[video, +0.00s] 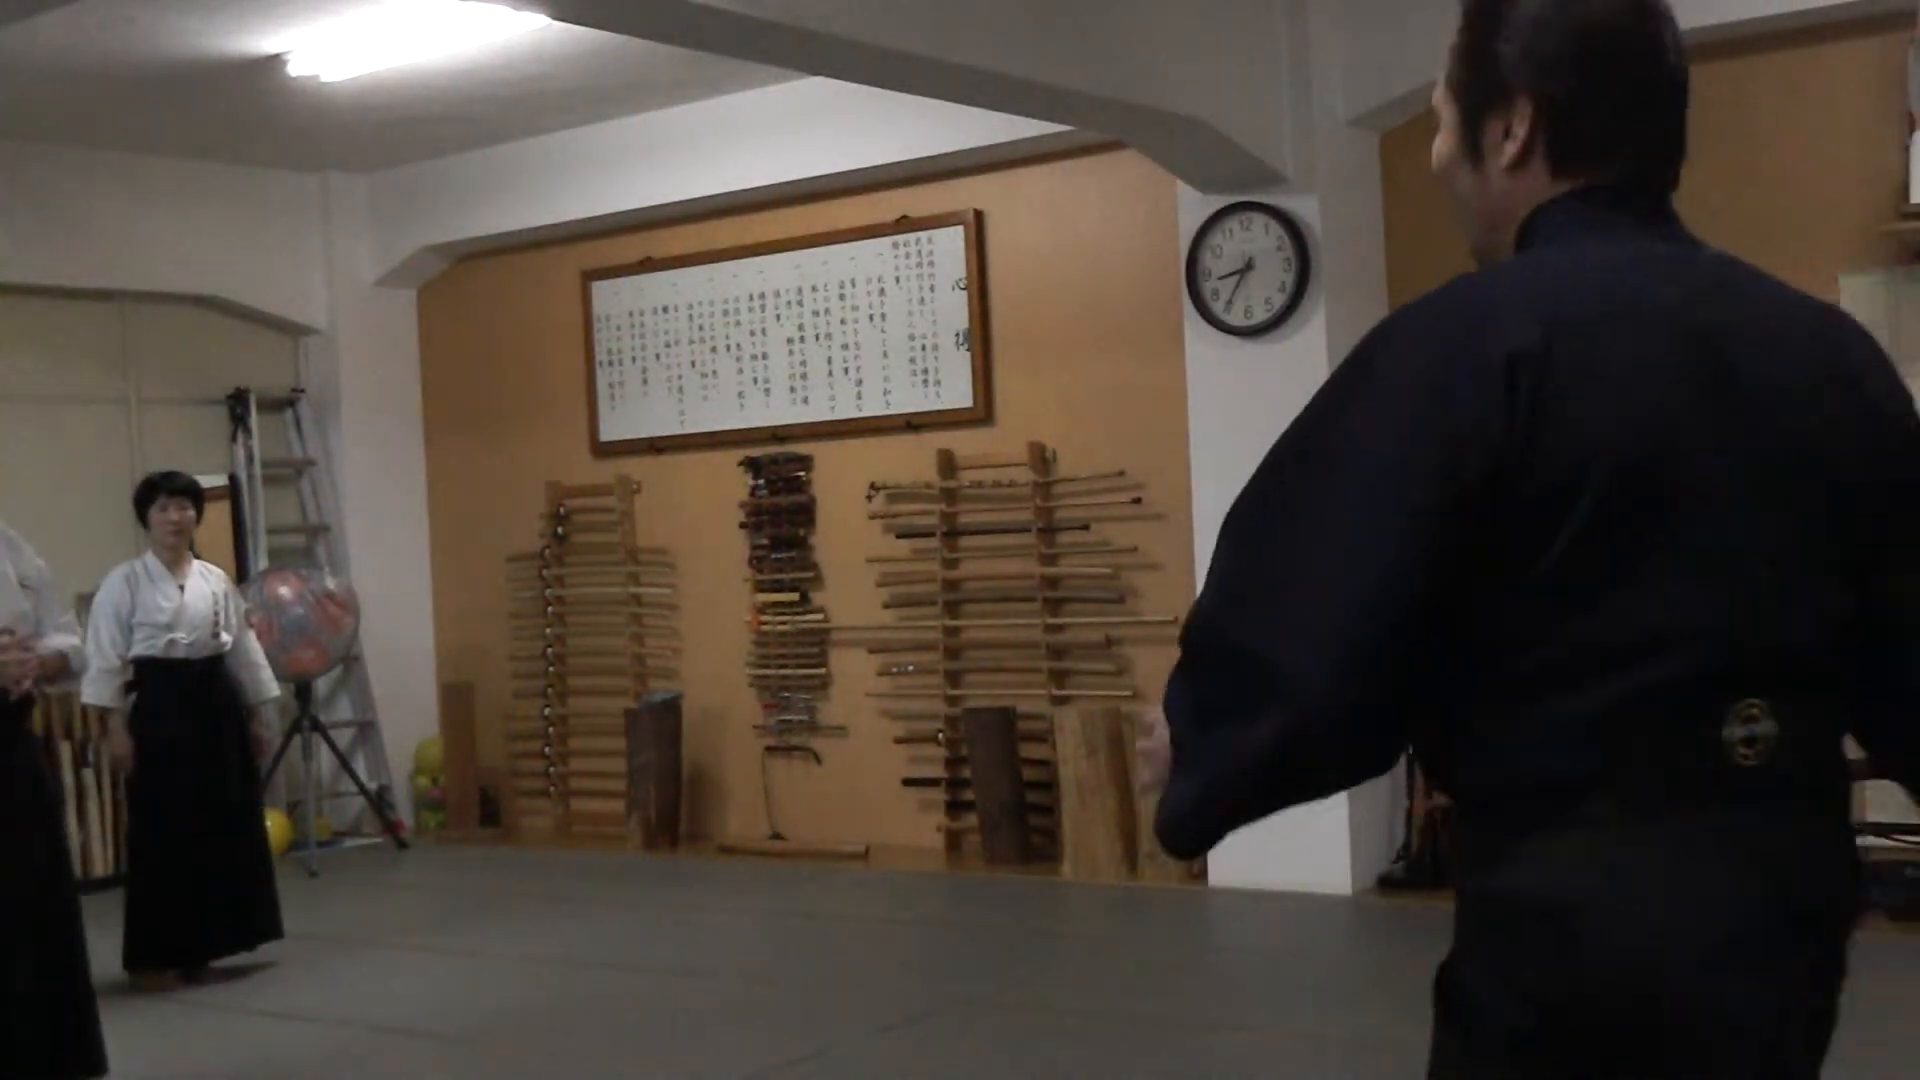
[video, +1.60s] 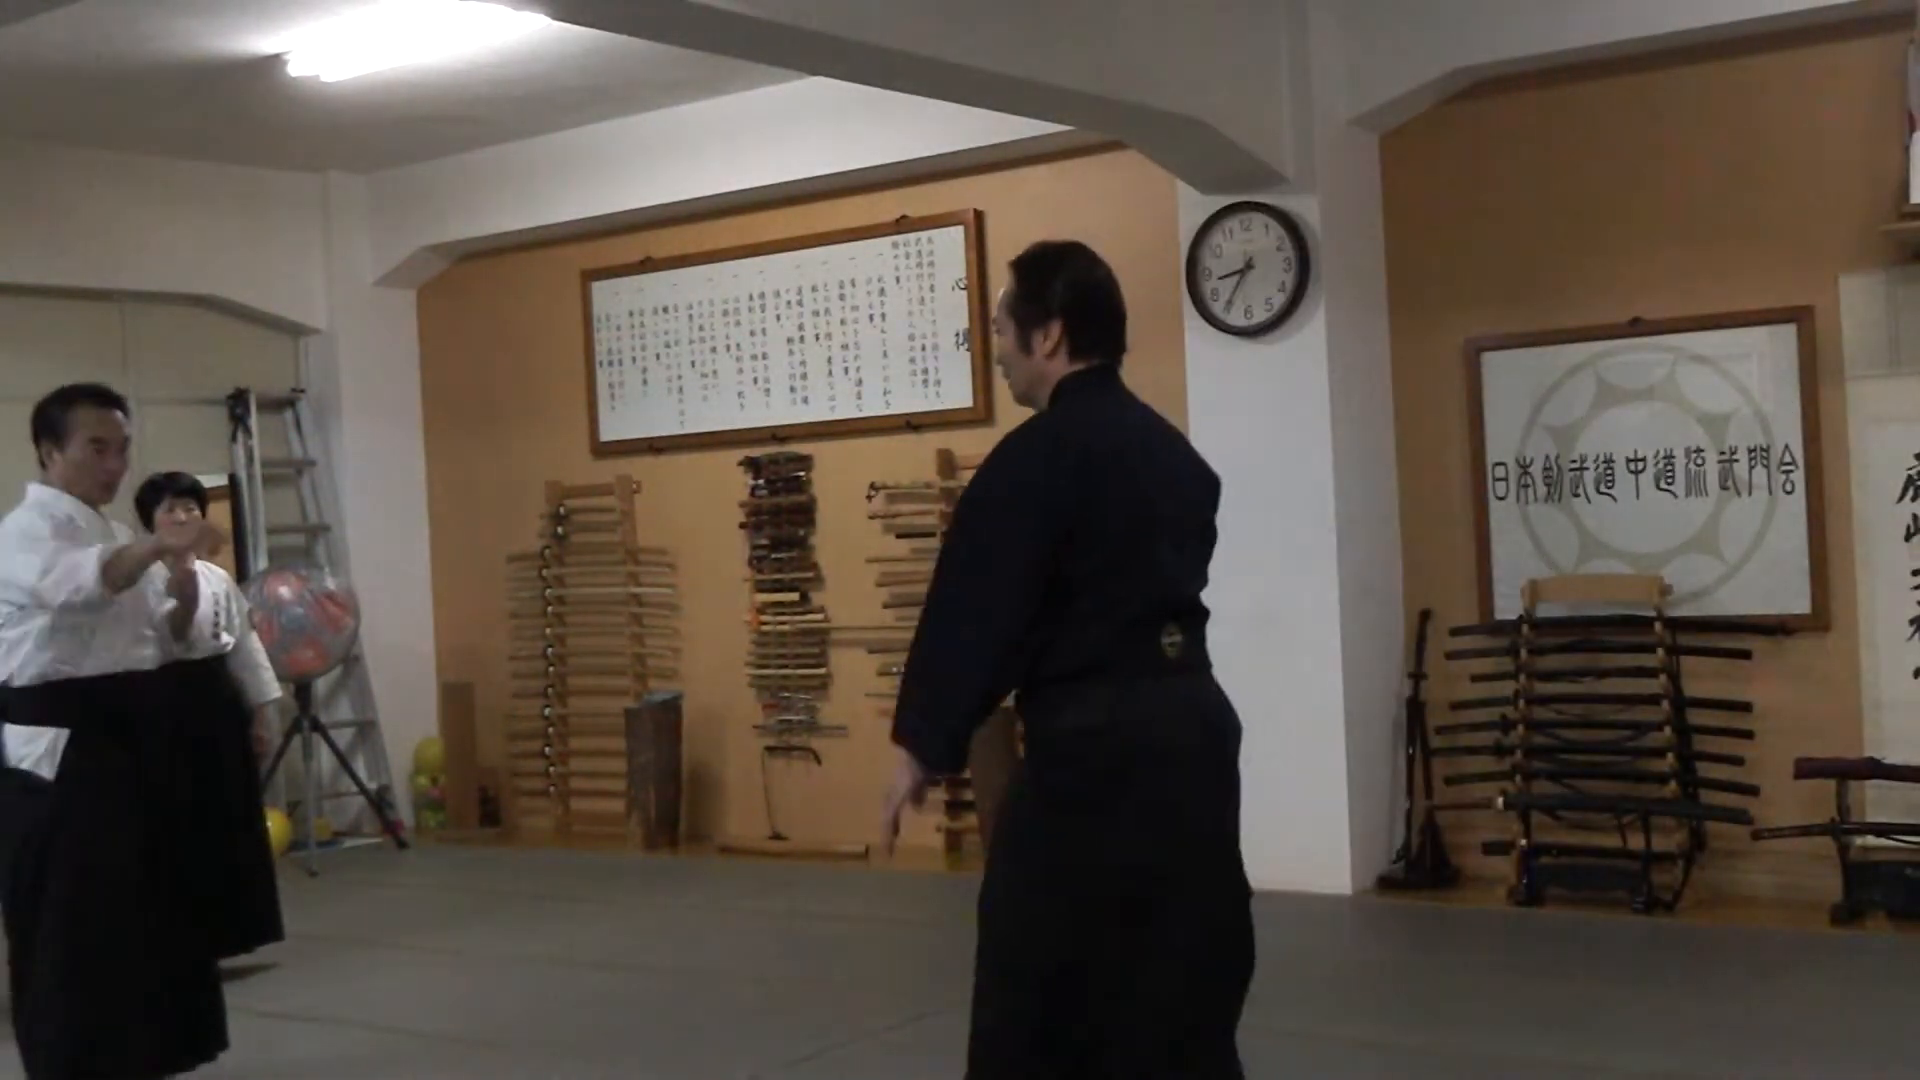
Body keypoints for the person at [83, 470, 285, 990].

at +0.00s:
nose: (174, 517)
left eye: (183, 508)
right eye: (163, 508)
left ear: (197, 517)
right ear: (145, 519)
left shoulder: (215, 581)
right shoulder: (124, 582)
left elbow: (243, 649)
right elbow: (104, 658)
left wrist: (260, 713)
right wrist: (115, 725)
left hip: (212, 703)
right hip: (157, 705)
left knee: (215, 822)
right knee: (161, 826)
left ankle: (202, 951)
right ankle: (155, 957)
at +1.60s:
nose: (183, 516)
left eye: (191, 508)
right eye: (170, 509)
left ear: (204, 518)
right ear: (148, 522)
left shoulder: (217, 579)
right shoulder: (141, 581)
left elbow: (243, 643)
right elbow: (136, 656)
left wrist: (263, 707)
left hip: (217, 704)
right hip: (160, 711)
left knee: (226, 816)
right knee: (174, 826)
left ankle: (230, 930)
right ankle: (184, 936)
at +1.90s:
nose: (184, 523)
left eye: (193, 512)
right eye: (171, 514)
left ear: (206, 519)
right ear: (148, 523)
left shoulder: (219, 581)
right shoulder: (137, 582)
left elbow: (244, 644)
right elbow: (129, 652)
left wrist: (265, 708)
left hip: (217, 698)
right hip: (160, 703)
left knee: (223, 813)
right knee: (169, 821)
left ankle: (227, 929)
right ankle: (174, 935)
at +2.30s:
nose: (191, 518)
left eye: (198, 509)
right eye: (179, 510)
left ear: (208, 520)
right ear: (156, 521)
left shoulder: (222, 581)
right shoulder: (143, 581)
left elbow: (249, 646)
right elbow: (132, 650)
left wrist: (268, 712)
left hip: (221, 703)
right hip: (158, 708)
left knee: (229, 818)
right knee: (172, 825)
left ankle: (228, 934)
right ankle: (178, 939)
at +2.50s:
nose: (195, 518)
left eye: (201, 509)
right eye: (182, 509)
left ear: (211, 520)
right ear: (156, 521)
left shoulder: (223, 580)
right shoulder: (147, 579)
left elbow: (249, 646)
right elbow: (140, 659)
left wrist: (267, 711)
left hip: (227, 710)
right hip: (169, 716)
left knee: (234, 825)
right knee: (177, 831)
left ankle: (231, 936)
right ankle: (185, 944)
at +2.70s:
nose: (197, 518)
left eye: (204, 509)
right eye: (184, 509)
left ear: (214, 519)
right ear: (159, 521)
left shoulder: (227, 581)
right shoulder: (150, 578)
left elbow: (254, 649)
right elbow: (142, 659)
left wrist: (265, 715)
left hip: (230, 713)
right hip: (172, 717)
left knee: (234, 821)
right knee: (184, 826)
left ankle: (238, 933)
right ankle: (191, 943)